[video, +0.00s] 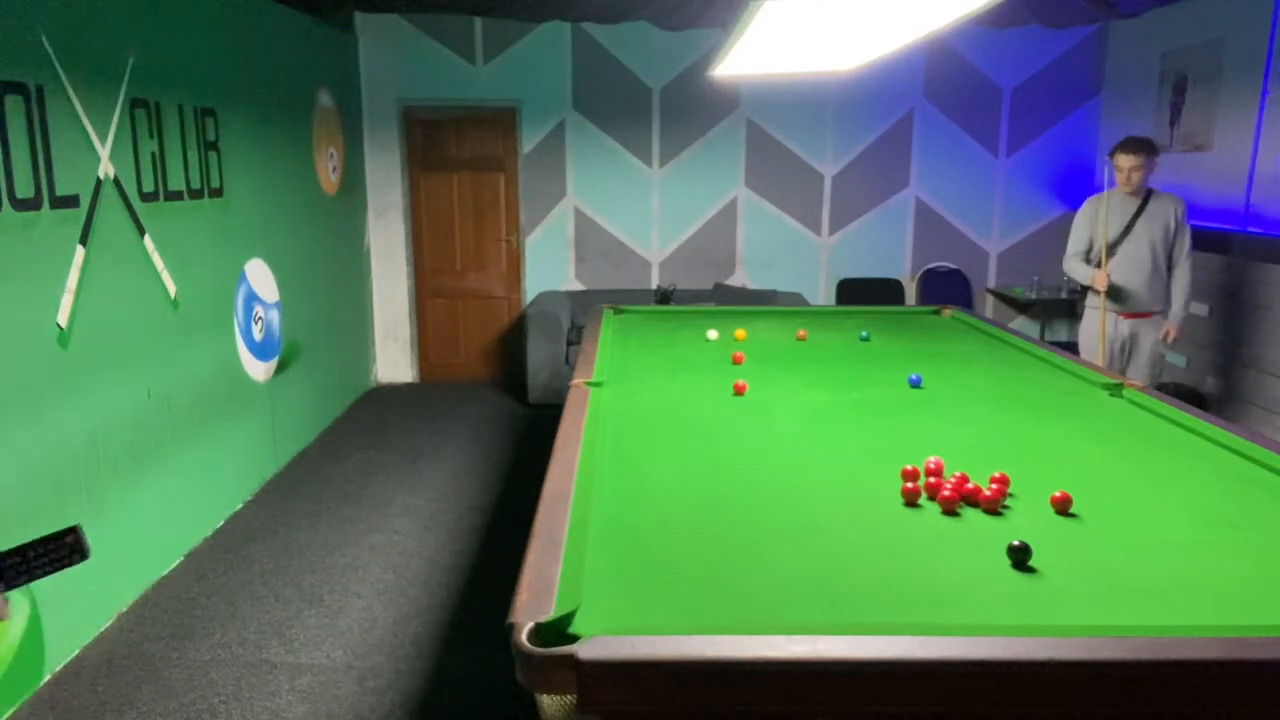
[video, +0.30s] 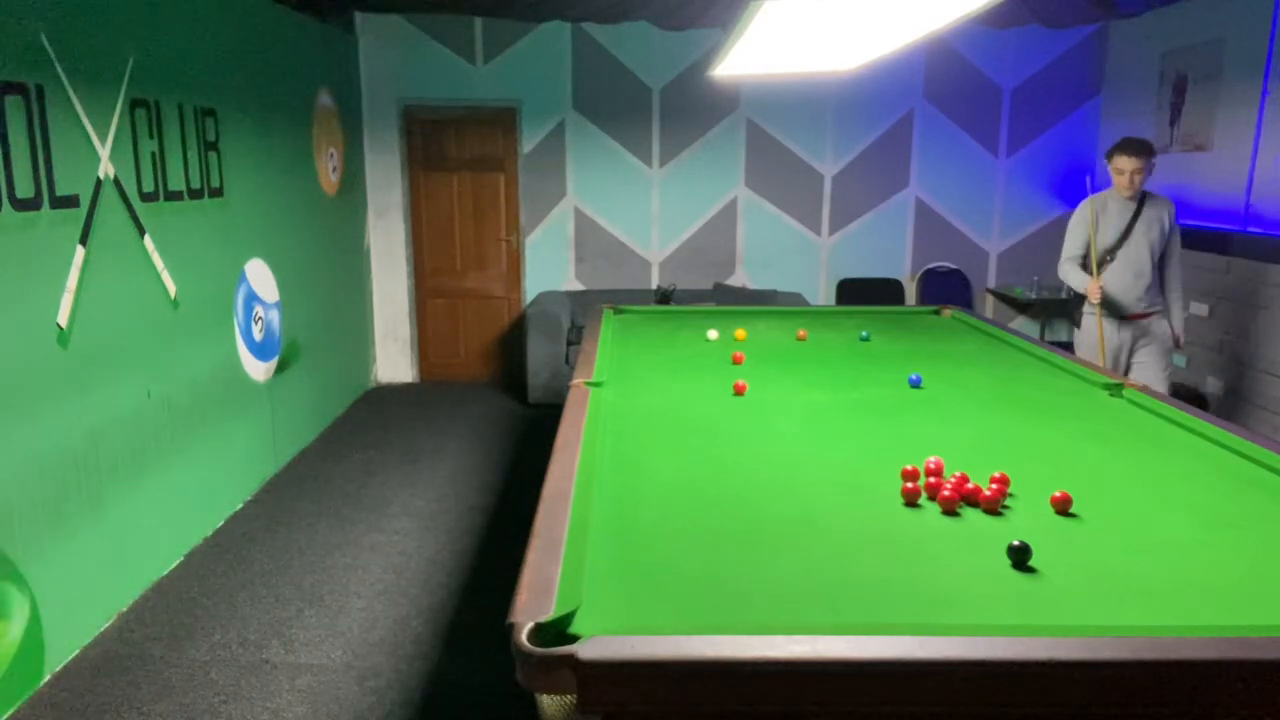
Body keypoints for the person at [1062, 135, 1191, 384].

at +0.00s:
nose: (1126, 178)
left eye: (1135, 170)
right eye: (1119, 170)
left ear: (1152, 168)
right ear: (1113, 167)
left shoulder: (1171, 209)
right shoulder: (1094, 207)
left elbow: (1181, 265)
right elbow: (1071, 260)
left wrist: (1175, 317)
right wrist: (1091, 276)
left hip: (1149, 324)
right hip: (1101, 321)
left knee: (1137, 403)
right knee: (1095, 399)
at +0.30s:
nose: (1128, 181)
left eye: (1136, 173)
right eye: (1120, 172)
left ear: (1149, 171)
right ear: (1110, 169)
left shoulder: (1163, 210)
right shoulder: (1090, 209)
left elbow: (1171, 270)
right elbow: (1067, 264)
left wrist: (1176, 322)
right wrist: (1086, 285)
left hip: (1151, 326)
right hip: (1101, 326)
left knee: (1152, 411)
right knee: (1096, 410)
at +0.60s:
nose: (1143, 185)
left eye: (1152, 177)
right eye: (1135, 175)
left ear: (1165, 175)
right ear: (1125, 171)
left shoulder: (1177, 214)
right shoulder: (1100, 213)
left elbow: (1179, 275)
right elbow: (1077, 265)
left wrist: (1178, 329)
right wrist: (1086, 288)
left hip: (1155, 333)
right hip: (1105, 330)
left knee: (1141, 417)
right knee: (1096, 413)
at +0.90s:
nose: (1171, 180)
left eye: (1180, 172)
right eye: (1163, 172)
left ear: (1195, 171)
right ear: (1153, 171)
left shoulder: (1214, 216)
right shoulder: (1129, 210)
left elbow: (1223, 280)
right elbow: (1103, 258)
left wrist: (1218, 338)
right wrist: (1095, 291)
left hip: (1176, 338)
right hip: (1124, 330)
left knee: (1160, 423)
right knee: (1100, 412)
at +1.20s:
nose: (1180, 180)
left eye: (1189, 171)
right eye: (1171, 172)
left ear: (1204, 169)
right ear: (1161, 171)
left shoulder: (1227, 217)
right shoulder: (1139, 210)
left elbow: (1240, 282)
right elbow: (1113, 261)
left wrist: (1236, 338)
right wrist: (1096, 306)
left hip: (1181, 341)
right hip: (1129, 330)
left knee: (1158, 425)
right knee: (1108, 415)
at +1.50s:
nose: (1167, 180)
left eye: (1175, 171)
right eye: (1157, 171)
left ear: (1190, 170)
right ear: (1145, 171)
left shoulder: (1212, 217)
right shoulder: (1122, 213)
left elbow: (1220, 284)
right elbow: (1095, 269)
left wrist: (1210, 342)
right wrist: (1093, 318)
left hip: (1178, 348)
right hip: (1122, 342)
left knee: (1162, 434)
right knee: (1111, 430)